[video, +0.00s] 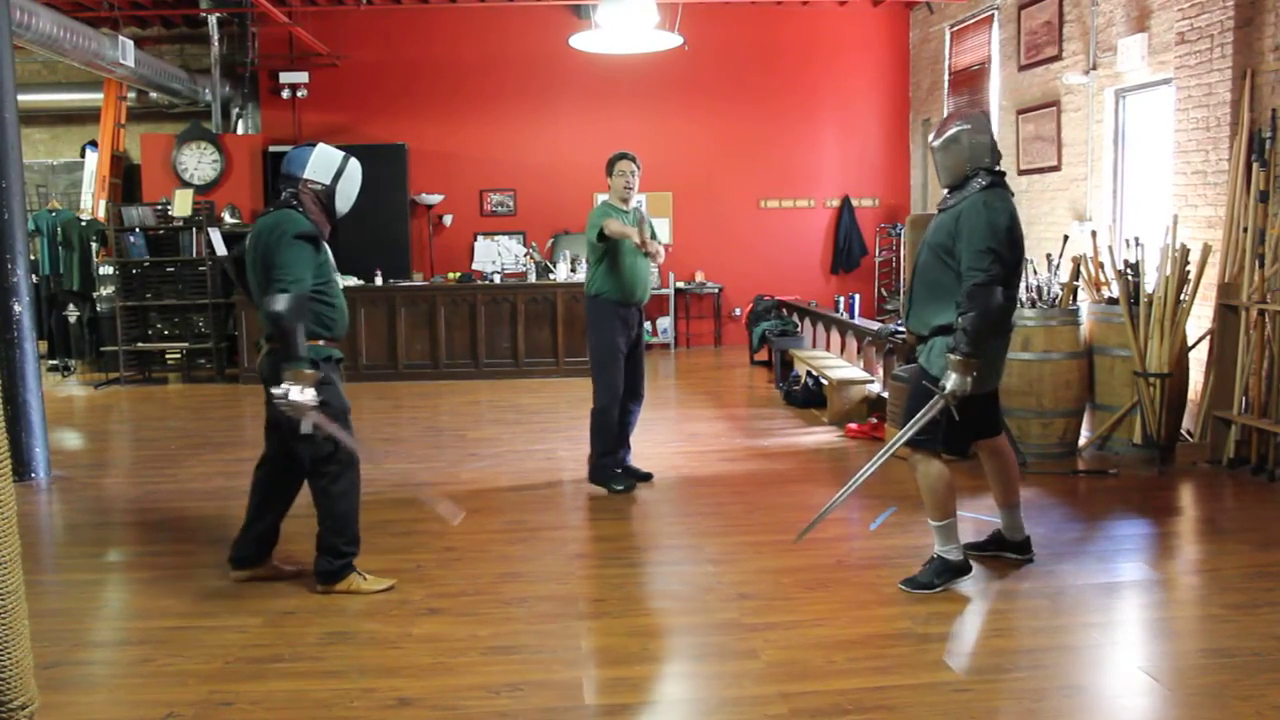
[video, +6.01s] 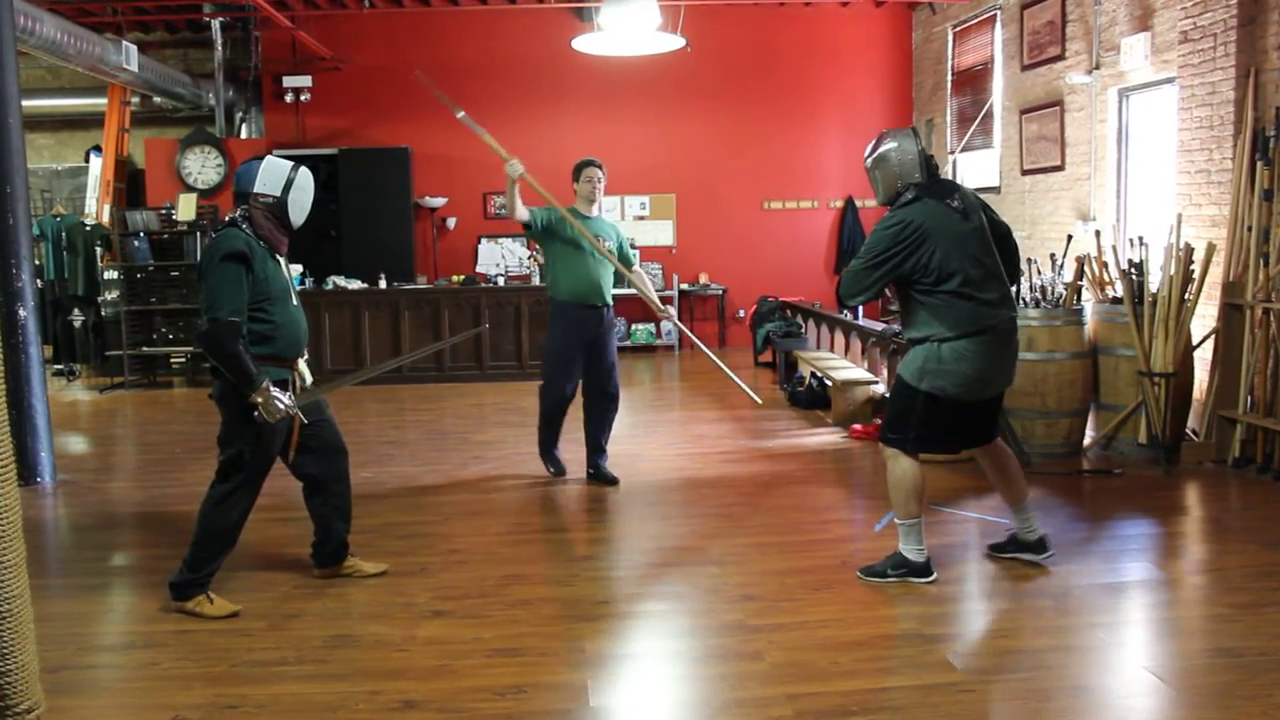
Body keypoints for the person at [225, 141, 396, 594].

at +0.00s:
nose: (338, 207)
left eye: (337, 197)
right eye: (334, 195)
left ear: (297, 188)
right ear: (314, 189)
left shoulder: (268, 228)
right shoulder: (294, 230)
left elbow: (241, 271)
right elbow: (286, 302)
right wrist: (296, 369)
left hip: (287, 360)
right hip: (312, 364)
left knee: (283, 460)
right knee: (337, 463)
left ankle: (251, 556)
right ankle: (337, 569)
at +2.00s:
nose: (350, 202)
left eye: (353, 193)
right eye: (348, 192)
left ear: (327, 185)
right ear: (325, 184)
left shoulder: (325, 233)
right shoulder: (278, 222)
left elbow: (326, 291)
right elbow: (254, 294)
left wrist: (340, 327)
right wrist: (284, 340)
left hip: (324, 365)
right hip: (285, 367)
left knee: (331, 459)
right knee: (289, 464)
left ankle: (319, 554)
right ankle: (264, 571)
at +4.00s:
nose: (294, 208)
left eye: (294, 199)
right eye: (290, 198)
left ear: (259, 193)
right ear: (267, 194)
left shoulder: (263, 242)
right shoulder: (228, 244)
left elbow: (270, 309)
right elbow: (217, 330)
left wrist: (290, 358)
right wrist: (256, 383)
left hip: (284, 375)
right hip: (249, 379)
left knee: (325, 458)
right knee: (235, 481)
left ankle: (331, 554)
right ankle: (189, 585)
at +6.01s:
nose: (295, 212)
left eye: (295, 203)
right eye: (291, 201)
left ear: (260, 197)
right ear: (269, 197)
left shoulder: (263, 244)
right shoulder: (233, 246)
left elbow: (270, 312)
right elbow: (220, 332)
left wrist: (294, 359)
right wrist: (256, 390)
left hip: (286, 378)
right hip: (253, 381)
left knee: (328, 458)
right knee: (237, 482)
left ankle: (332, 556)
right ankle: (190, 587)